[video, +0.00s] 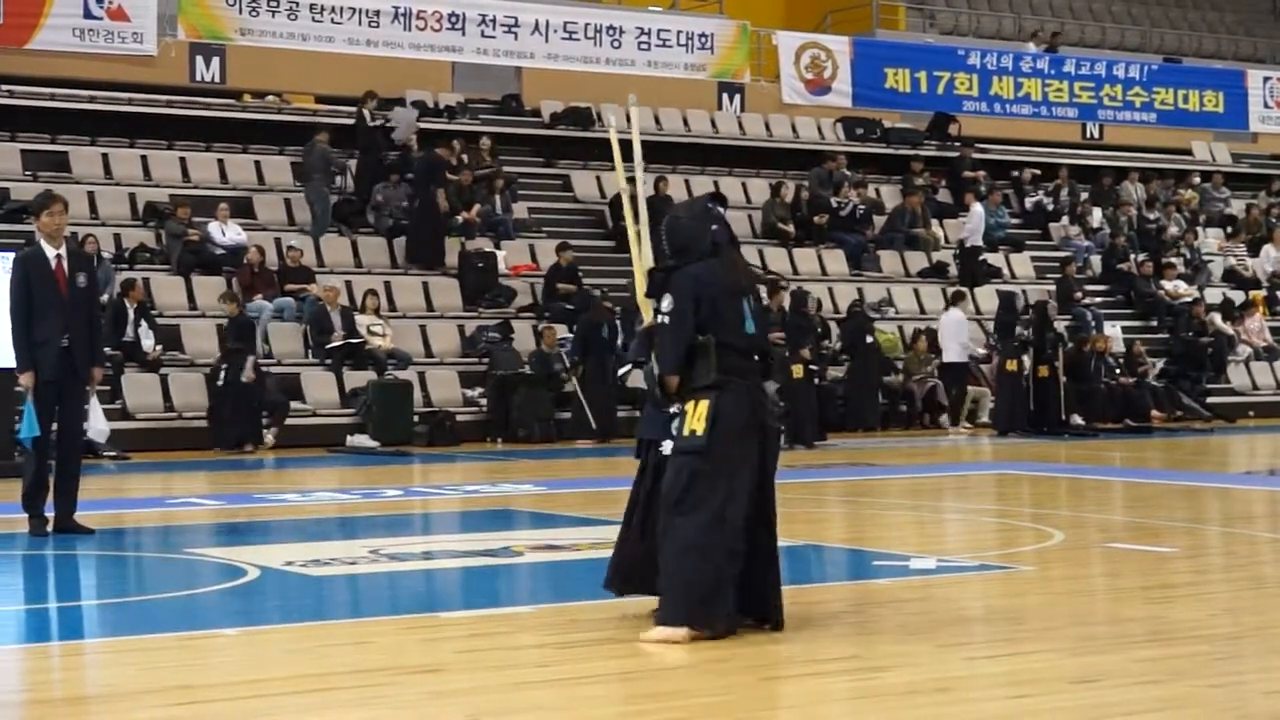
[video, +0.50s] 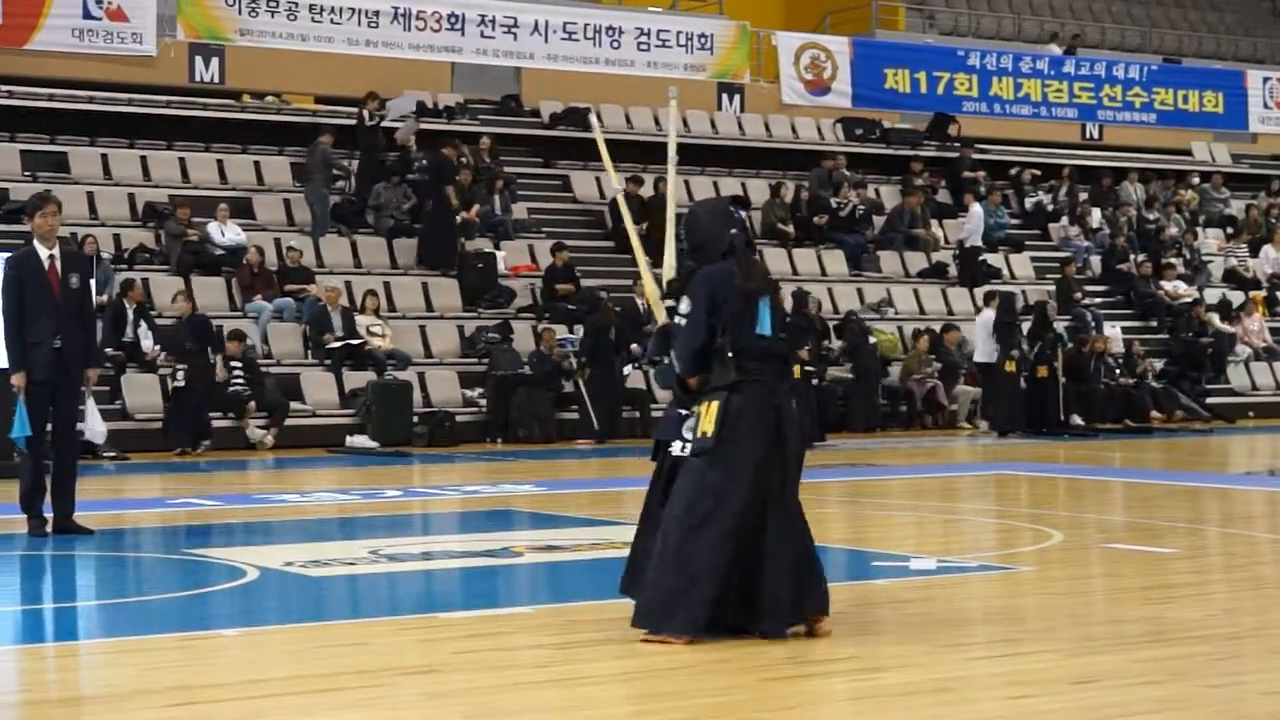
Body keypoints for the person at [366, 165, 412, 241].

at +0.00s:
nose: (395, 178)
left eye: (397, 175)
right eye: (392, 175)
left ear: (400, 176)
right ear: (389, 176)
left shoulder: (405, 188)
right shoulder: (380, 188)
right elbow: (373, 205)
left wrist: (407, 205)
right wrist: (377, 202)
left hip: (402, 216)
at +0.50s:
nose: (398, 179)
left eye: (399, 177)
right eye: (395, 177)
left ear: (400, 178)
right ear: (390, 177)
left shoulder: (403, 187)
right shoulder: (379, 188)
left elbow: (414, 199)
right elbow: (370, 203)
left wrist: (407, 206)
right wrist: (380, 202)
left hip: (400, 215)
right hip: (384, 216)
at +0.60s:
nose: (398, 180)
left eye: (399, 177)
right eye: (396, 177)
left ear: (401, 178)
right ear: (390, 177)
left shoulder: (403, 187)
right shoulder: (379, 188)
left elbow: (414, 200)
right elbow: (368, 202)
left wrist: (407, 206)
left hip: (401, 215)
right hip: (385, 216)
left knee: (409, 229)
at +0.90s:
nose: (401, 181)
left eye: (401, 178)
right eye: (399, 178)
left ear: (403, 179)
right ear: (393, 178)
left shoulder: (405, 189)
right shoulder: (379, 188)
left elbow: (414, 201)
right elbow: (369, 202)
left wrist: (411, 207)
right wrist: (376, 212)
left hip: (401, 218)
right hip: (385, 218)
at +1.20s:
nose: (406, 181)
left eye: (408, 179)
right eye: (404, 179)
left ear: (409, 179)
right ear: (399, 178)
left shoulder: (411, 188)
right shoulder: (385, 186)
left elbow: (419, 200)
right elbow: (373, 197)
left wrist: (415, 210)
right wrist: (382, 211)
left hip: (404, 219)